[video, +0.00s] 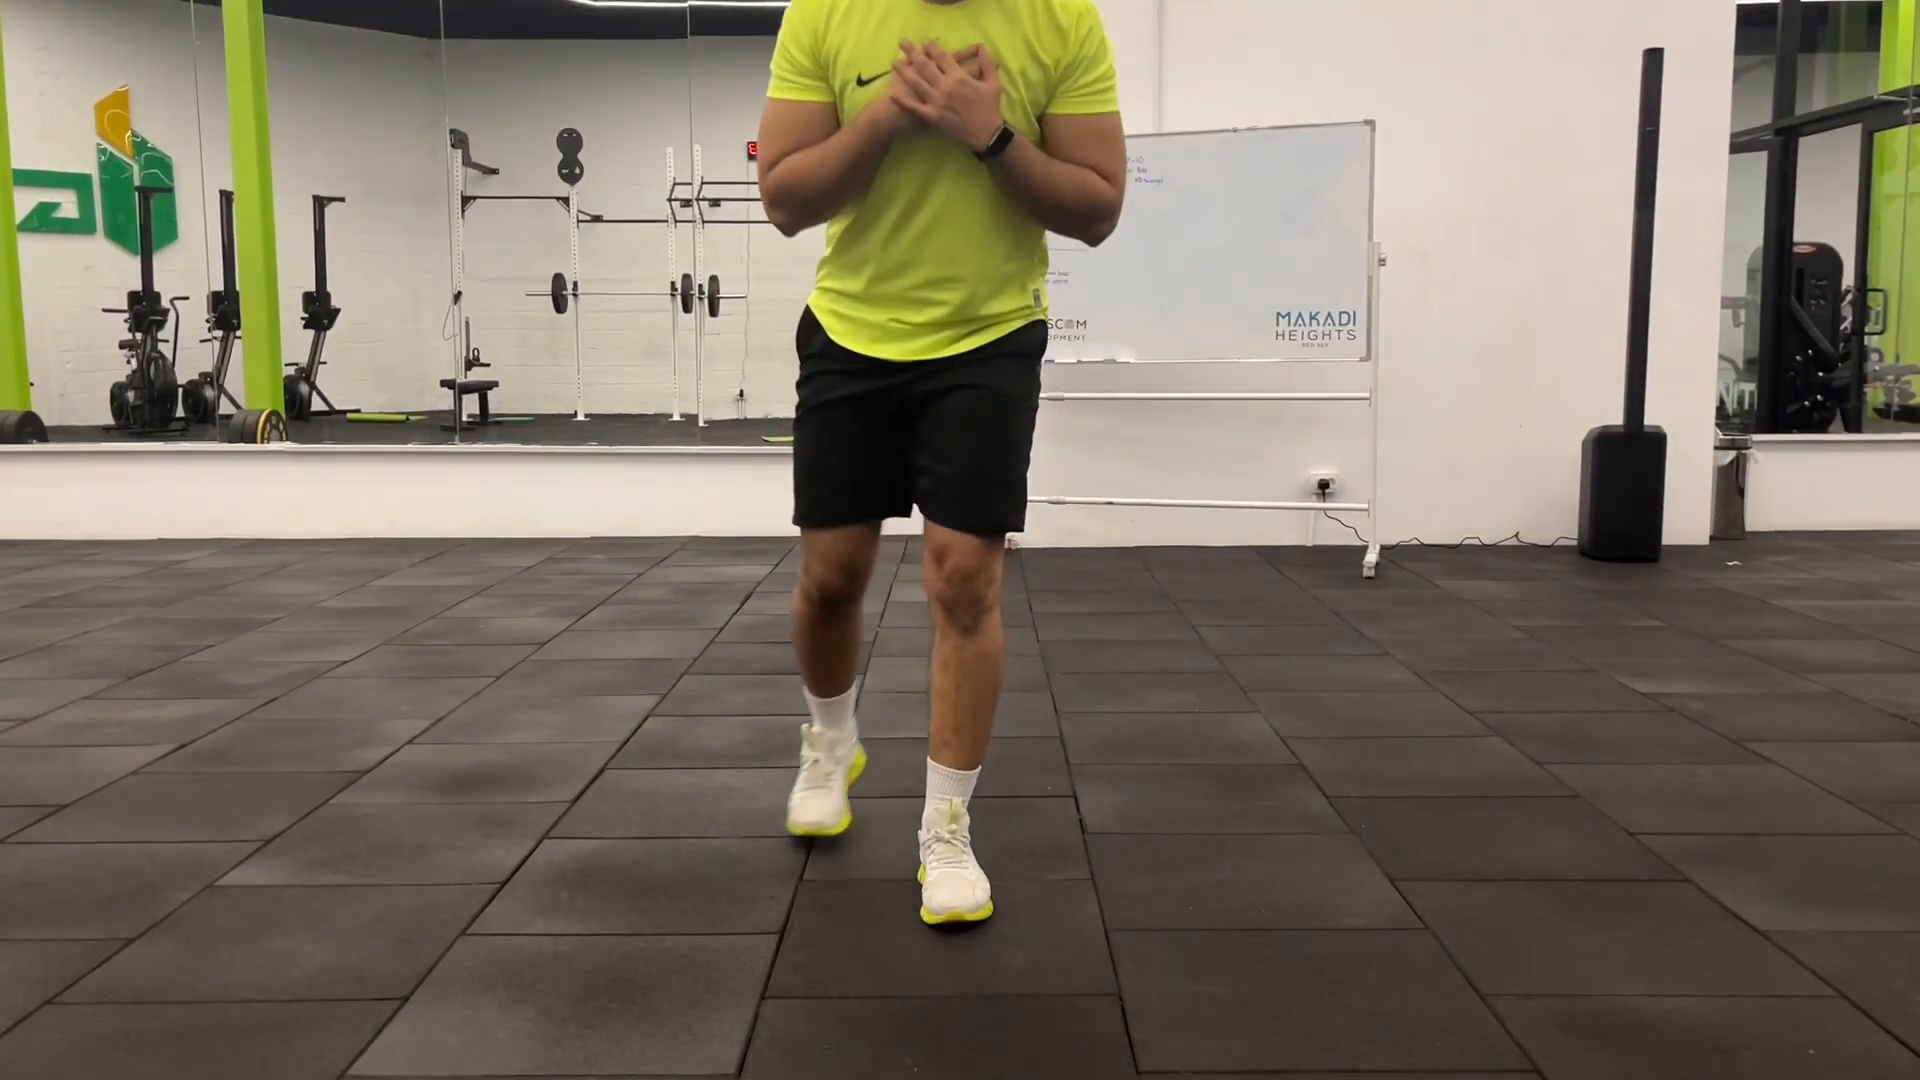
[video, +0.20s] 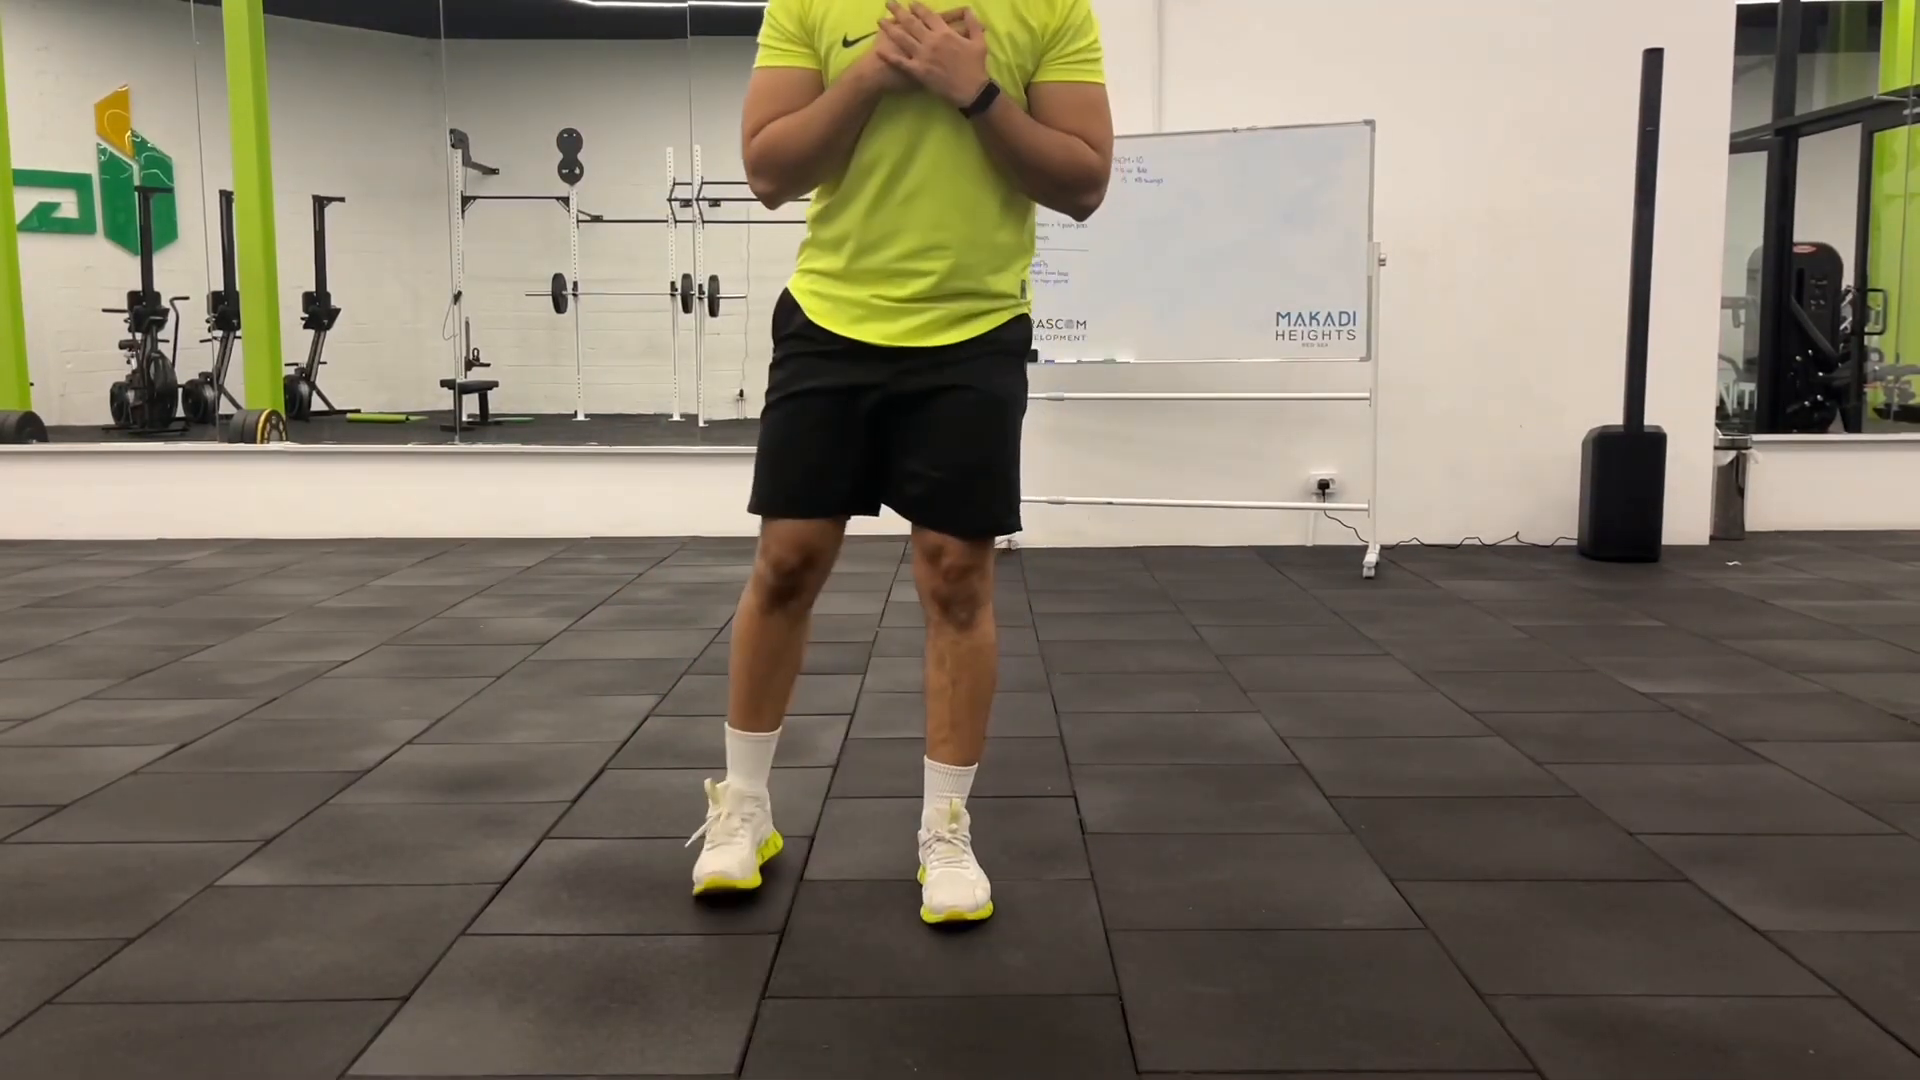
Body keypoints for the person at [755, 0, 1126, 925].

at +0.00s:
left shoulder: (1060, 18)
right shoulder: (825, 13)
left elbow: (1097, 209)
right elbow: (786, 199)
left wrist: (994, 135)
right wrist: (886, 113)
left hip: (989, 332)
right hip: (853, 327)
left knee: (964, 579)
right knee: (830, 580)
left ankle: (947, 829)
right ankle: (829, 742)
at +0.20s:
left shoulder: (1050, 9)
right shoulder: (812, 5)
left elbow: (1083, 185)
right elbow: (770, 173)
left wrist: (979, 94)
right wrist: (870, 69)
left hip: (974, 325)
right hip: (832, 316)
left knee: (956, 575)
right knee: (786, 566)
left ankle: (947, 836)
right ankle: (741, 809)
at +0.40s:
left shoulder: (1024, 6)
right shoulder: (787, 2)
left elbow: (1061, 179)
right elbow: (750, 166)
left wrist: (972, 84)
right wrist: (861, 61)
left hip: (960, 322)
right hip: (816, 314)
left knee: (948, 576)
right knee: (777, 573)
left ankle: (948, 840)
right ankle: (742, 814)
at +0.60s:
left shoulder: (1028, 7)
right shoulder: (791, 2)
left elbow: (1067, 179)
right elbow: (751, 164)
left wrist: (978, 81)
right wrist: (869, 56)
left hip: (960, 321)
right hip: (816, 315)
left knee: (949, 578)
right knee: (779, 572)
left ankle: (947, 837)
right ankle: (743, 813)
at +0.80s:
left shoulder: (1061, 9)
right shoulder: (819, 4)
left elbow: (1092, 186)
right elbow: (777, 173)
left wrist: (995, 95)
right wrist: (885, 68)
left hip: (981, 328)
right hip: (838, 317)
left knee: (961, 580)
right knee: (796, 569)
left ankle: (947, 837)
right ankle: (751, 809)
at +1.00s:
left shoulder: (1079, 15)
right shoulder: (836, 8)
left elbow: (1112, 199)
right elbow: (792, 182)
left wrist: (1006, 114)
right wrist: (902, 94)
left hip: (996, 330)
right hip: (858, 324)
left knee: (972, 582)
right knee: (847, 576)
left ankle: (949, 826)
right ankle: (888, 729)